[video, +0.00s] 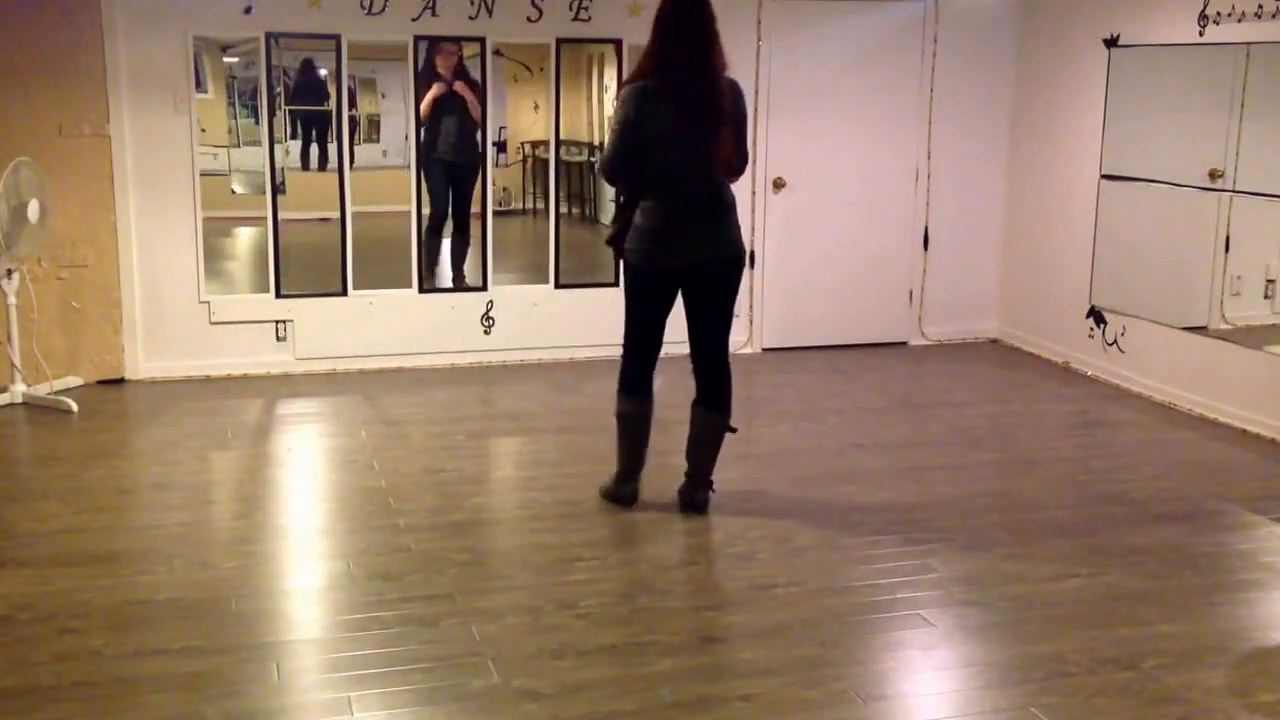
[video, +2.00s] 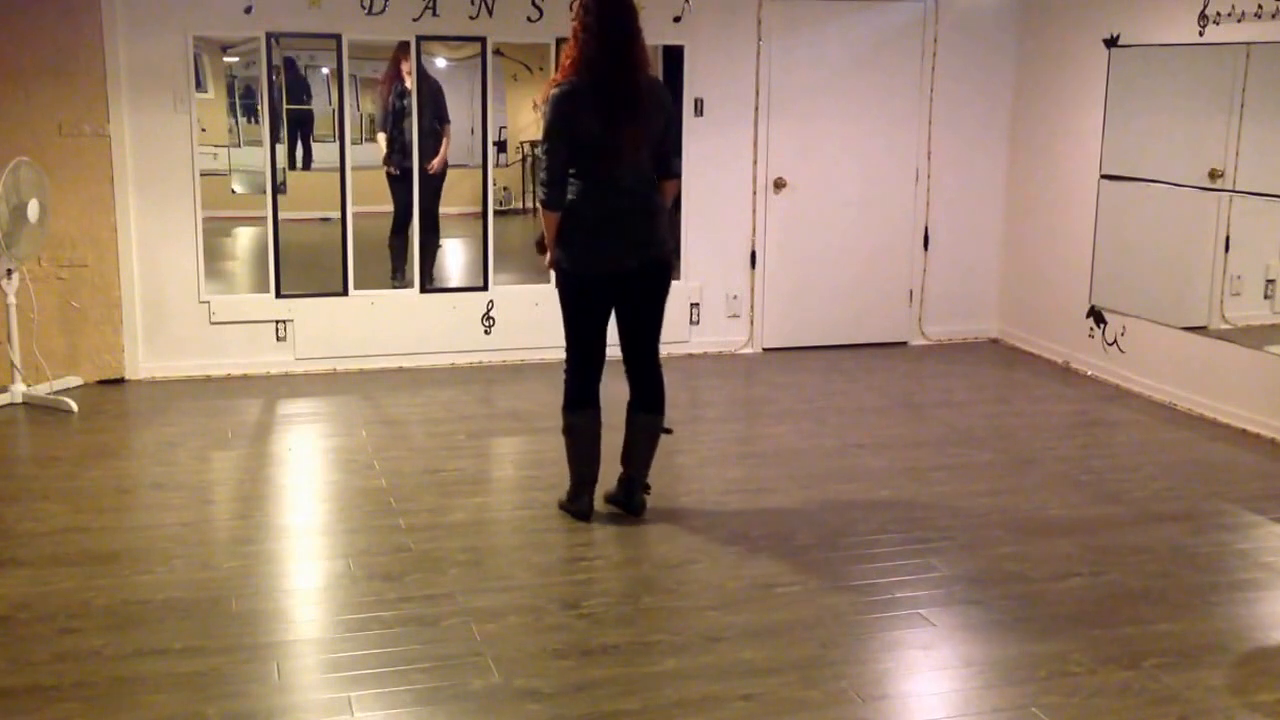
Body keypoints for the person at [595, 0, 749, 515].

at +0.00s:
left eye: (661, 26)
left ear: (658, 34)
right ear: (710, 36)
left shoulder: (640, 93)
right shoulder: (730, 92)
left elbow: (614, 168)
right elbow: (736, 165)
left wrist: (651, 180)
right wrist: (694, 166)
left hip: (651, 247)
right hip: (716, 247)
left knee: (638, 358)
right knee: (712, 361)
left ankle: (627, 478)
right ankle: (698, 483)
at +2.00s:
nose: (570, 33)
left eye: (575, 25)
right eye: (576, 23)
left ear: (581, 34)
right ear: (633, 34)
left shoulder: (568, 95)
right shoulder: (658, 94)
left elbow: (554, 185)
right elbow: (669, 179)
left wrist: (551, 245)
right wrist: (649, 226)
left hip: (585, 251)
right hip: (647, 252)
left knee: (582, 367)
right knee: (644, 362)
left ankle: (581, 491)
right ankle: (634, 485)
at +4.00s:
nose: (563, 40)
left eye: (567, 33)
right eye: (568, 31)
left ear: (574, 39)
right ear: (623, 37)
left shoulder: (569, 97)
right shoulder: (648, 95)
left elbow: (556, 178)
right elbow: (669, 170)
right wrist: (635, 201)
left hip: (569, 249)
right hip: (627, 250)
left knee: (577, 365)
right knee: (606, 358)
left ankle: (578, 493)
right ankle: (629, 482)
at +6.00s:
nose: (566, 41)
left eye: (570, 32)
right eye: (571, 32)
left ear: (577, 39)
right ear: (626, 35)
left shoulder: (567, 94)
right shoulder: (653, 94)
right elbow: (695, 166)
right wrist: (656, 163)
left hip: (562, 254)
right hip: (626, 259)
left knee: (566, 365)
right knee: (612, 359)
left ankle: (578, 493)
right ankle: (631, 485)